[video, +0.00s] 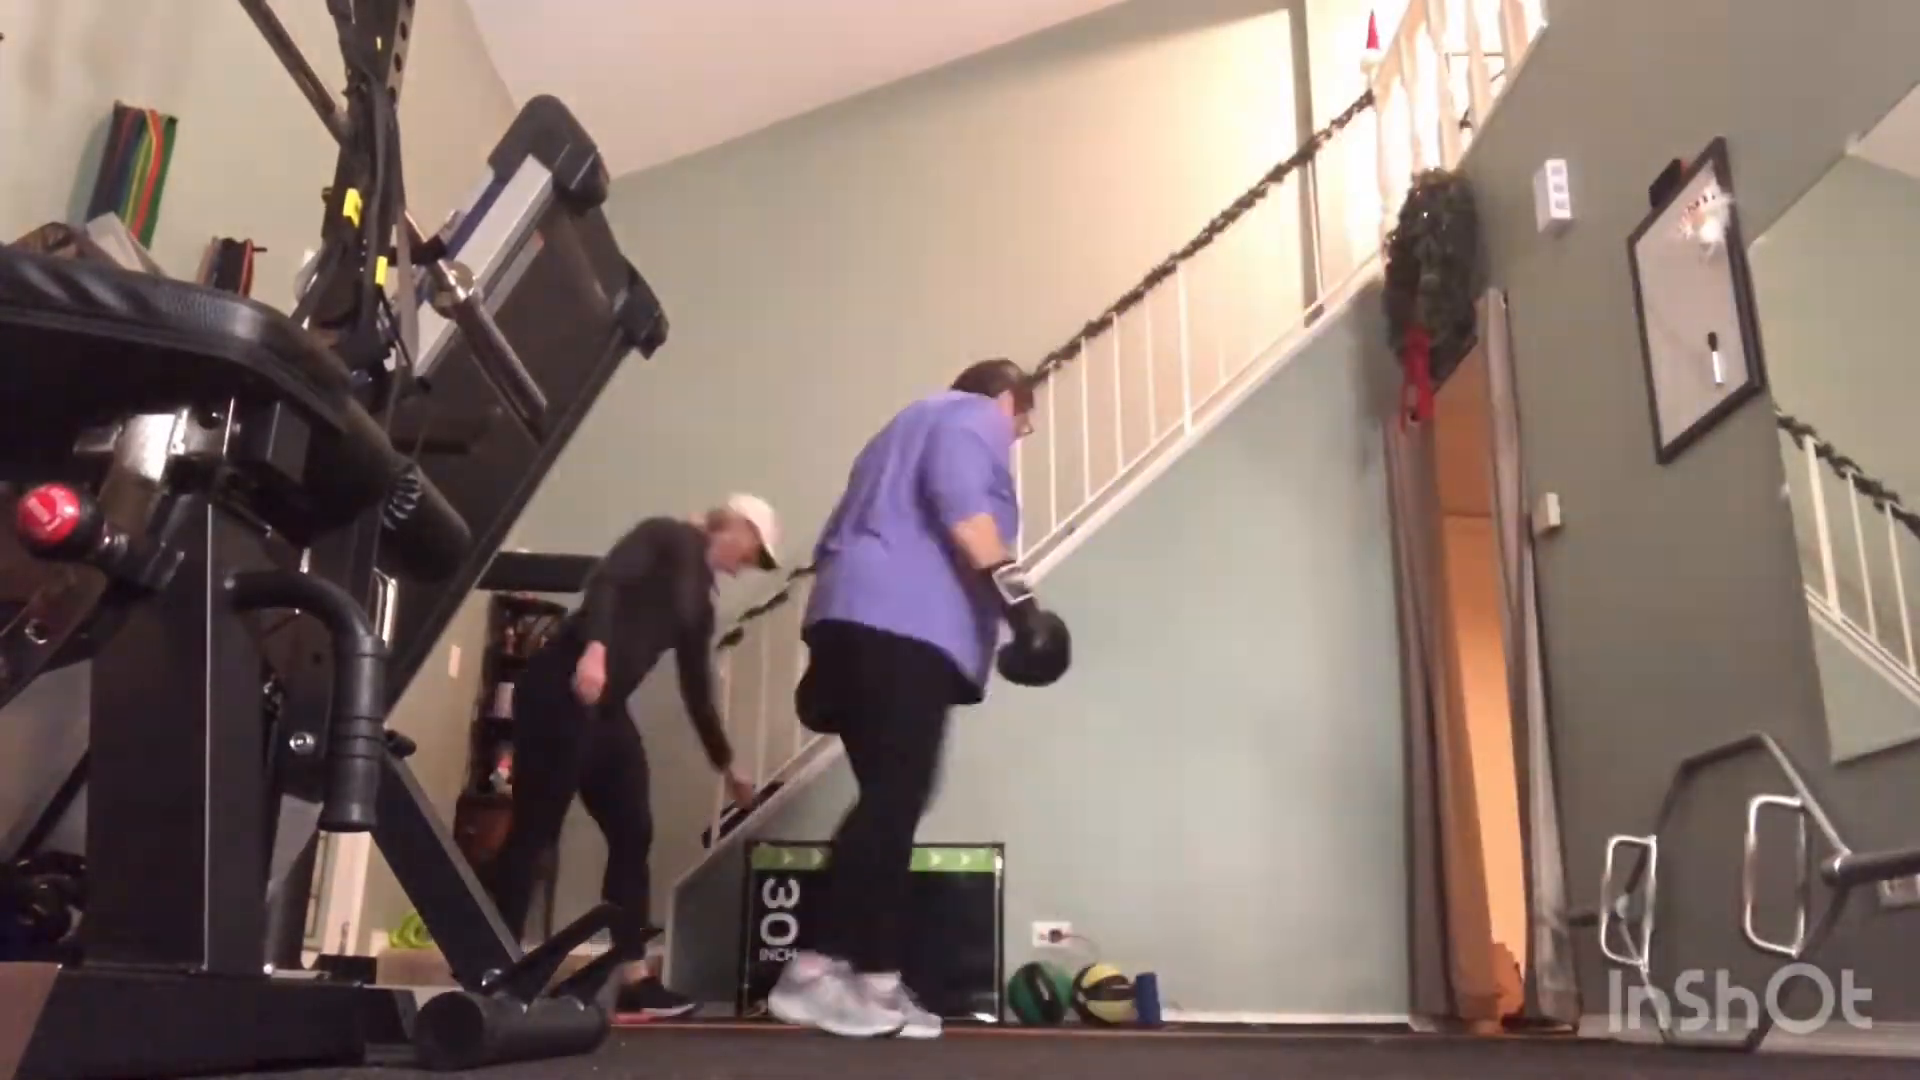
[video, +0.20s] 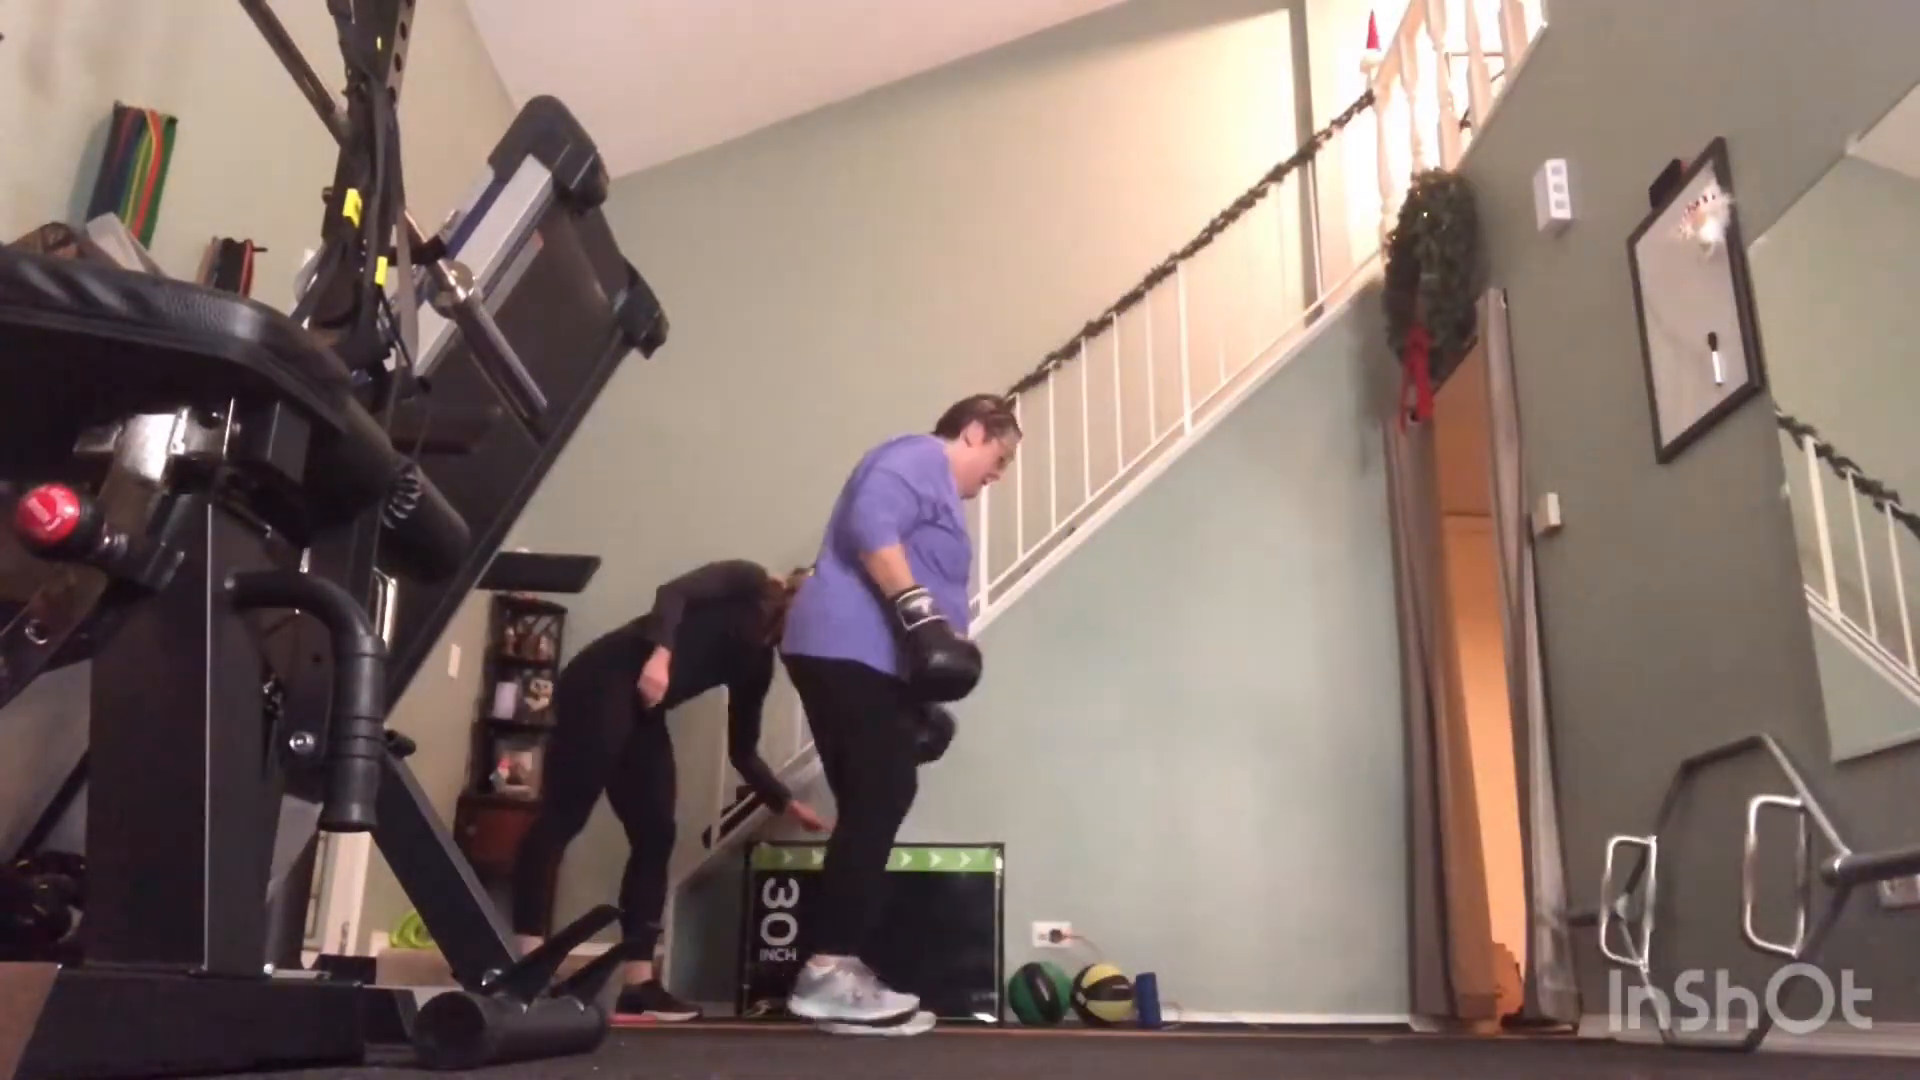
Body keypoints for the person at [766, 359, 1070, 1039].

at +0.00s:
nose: (1021, 437)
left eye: (1025, 427)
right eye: (1023, 423)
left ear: (963, 384)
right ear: (1008, 398)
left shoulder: (893, 436)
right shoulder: (972, 415)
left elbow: (832, 544)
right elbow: (965, 508)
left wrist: (824, 647)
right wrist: (1020, 601)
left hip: (851, 628)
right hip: (900, 629)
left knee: (888, 801)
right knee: (895, 799)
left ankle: (872, 979)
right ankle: (818, 970)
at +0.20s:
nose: (997, 478)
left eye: (1003, 467)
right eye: (1000, 461)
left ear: (976, 439)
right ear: (975, 433)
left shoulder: (938, 497)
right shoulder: (924, 452)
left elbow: (921, 598)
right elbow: (870, 522)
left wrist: (924, 693)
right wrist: (922, 617)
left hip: (863, 652)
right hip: (841, 641)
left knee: (878, 797)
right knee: (882, 792)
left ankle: (834, 969)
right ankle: (828, 969)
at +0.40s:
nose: (1010, 450)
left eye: (1015, 440)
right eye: (1007, 433)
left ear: (976, 420)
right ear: (973, 414)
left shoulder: (953, 484)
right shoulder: (923, 450)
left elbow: (931, 569)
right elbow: (882, 523)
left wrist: (993, 589)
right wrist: (976, 554)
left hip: (891, 662)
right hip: (865, 655)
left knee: (877, 812)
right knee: (873, 810)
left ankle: (854, 982)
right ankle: (843, 984)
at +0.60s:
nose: (1000, 443)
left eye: (1005, 432)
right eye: (997, 426)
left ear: (966, 417)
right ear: (961, 411)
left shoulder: (944, 480)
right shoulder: (914, 448)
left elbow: (918, 558)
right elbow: (880, 524)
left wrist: (989, 568)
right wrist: (972, 545)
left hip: (888, 664)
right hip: (865, 658)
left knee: (873, 815)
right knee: (868, 813)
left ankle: (853, 983)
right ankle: (841, 985)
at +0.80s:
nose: (998, 441)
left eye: (1003, 429)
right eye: (994, 424)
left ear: (962, 415)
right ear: (959, 410)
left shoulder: (939, 480)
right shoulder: (911, 448)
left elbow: (913, 555)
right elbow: (875, 526)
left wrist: (984, 565)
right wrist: (967, 545)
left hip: (890, 663)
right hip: (867, 657)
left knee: (872, 814)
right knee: (869, 812)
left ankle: (852, 983)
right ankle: (841, 985)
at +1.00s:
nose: (999, 440)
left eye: (1003, 428)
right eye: (994, 423)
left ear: (962, 416)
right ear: (958, 411)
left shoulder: (945, 484)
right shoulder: (909, 449)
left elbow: (920, 562)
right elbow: (873, 526)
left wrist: (985, 569)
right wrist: (965, 546)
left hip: (892, 664)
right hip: (866, 657)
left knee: (874, 813)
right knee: (870, 812)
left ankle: (852, 981)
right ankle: (840, 984)